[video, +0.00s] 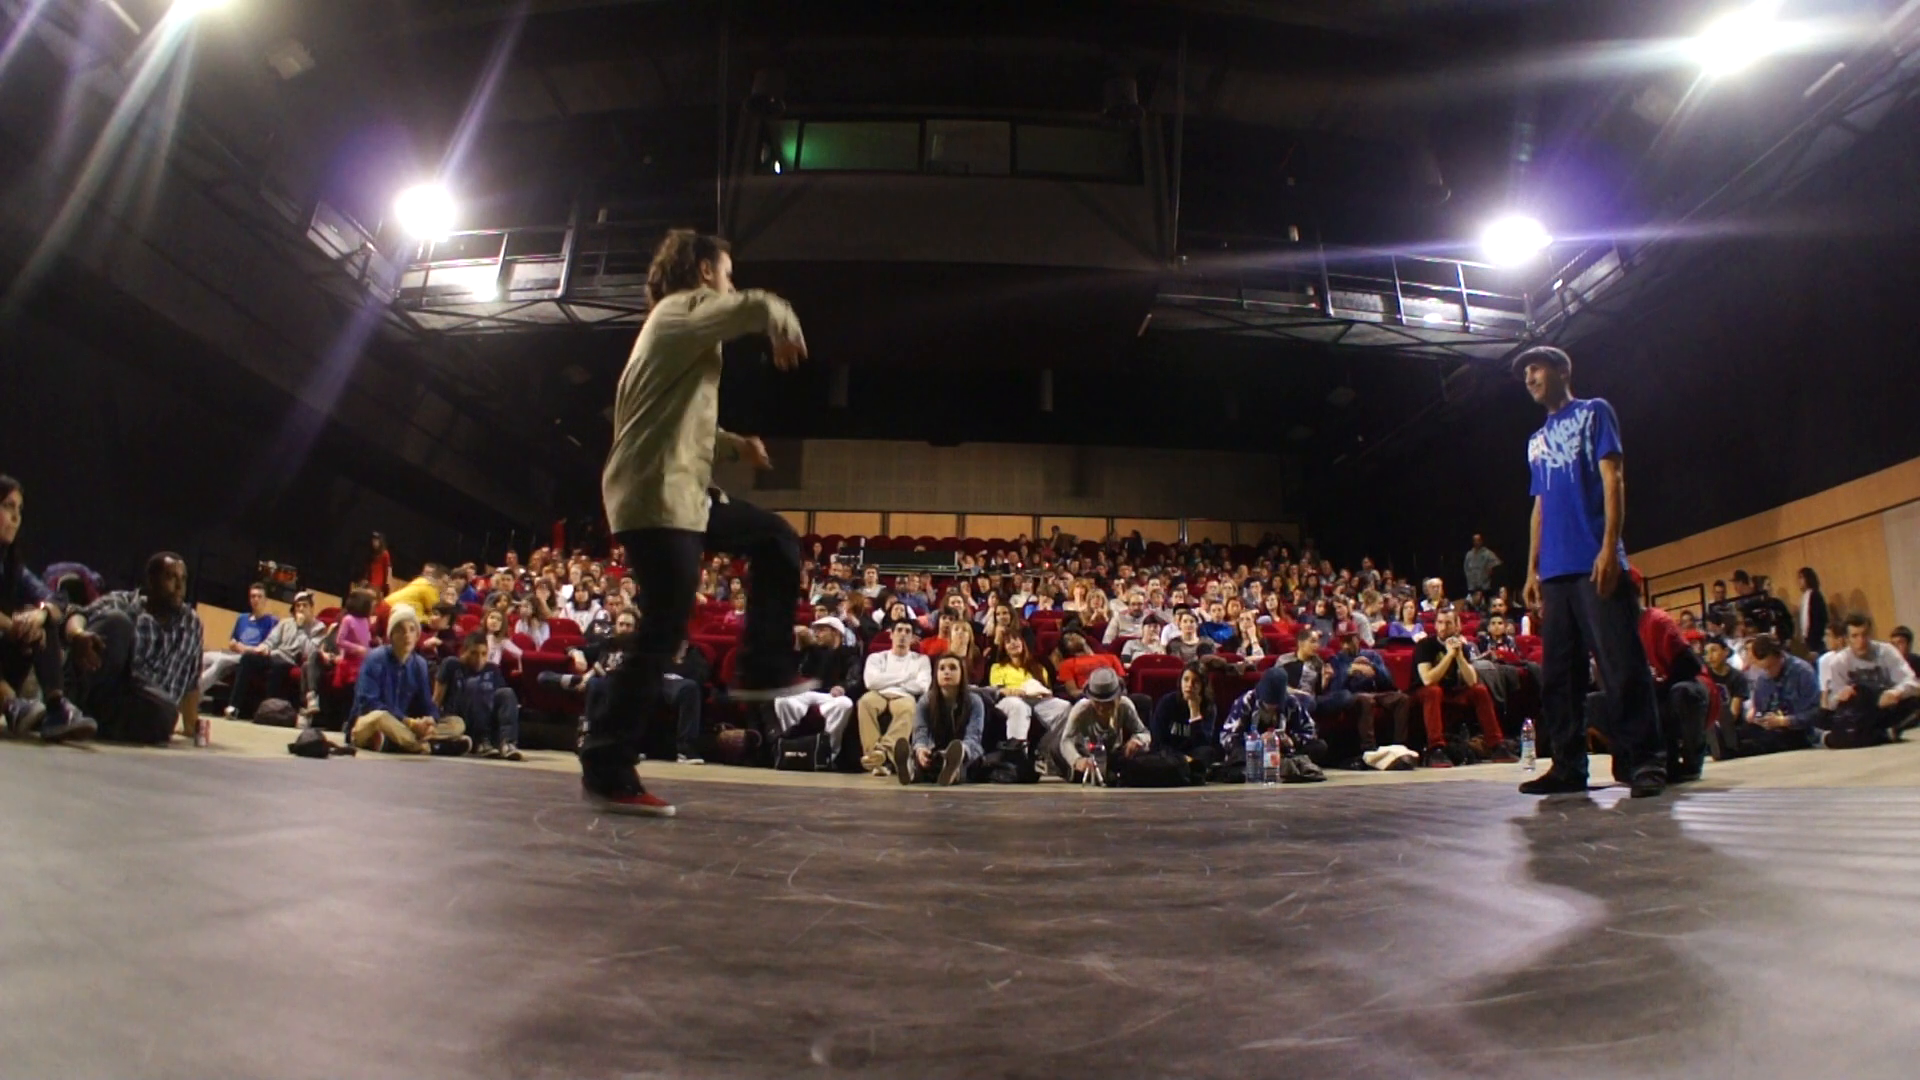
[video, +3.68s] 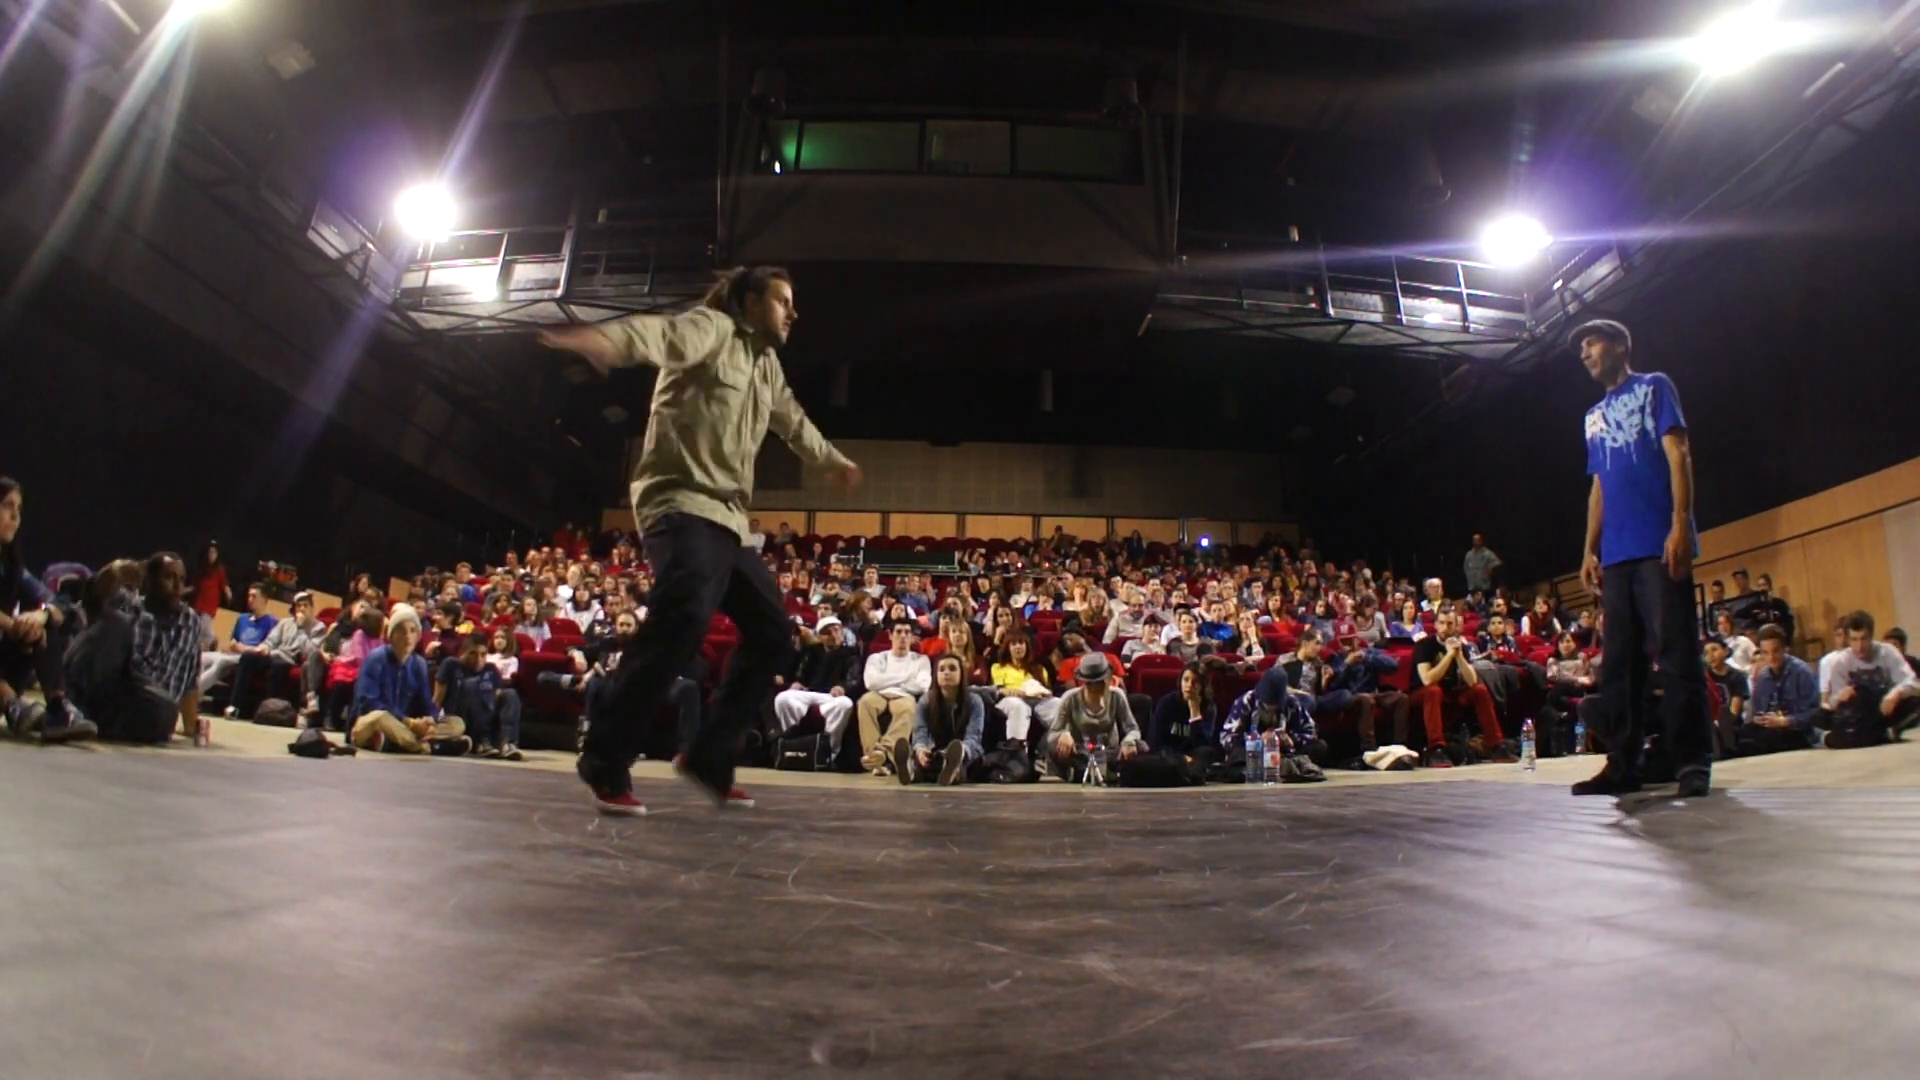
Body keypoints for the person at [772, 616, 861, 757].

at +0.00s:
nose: (817, 634)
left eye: (822, 630)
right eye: (817, 630)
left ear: (835, 633)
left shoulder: (849, 653)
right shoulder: (815, 651)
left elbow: (854, 679)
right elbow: (804, 673)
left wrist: (843, 688)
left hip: (833, 693)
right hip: (811, 691)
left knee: (844, 704)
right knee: (783, 702)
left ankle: (830, 753)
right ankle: (793, 750)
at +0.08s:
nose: (818, 634)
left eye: (822, 630)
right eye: (817, 630)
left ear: (835, 633)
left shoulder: (849, 653)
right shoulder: (813, 652)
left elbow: (854, 679)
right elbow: (804, 676)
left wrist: (843, 688)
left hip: (832, 693)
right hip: (811, 691)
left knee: (844, 704)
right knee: (785, 702)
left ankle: (830, 752)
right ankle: (794, 748)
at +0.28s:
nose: (820, 634)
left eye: (825, 630)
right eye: (819, 630)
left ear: (837, 633)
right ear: (817, 632)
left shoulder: (849, 653)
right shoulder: (814, 651)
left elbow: (854, 679)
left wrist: (843, 688)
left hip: (832, 693)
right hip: (810, 691)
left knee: (844, 704)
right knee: (785, 702)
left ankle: (830, 754)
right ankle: (793, 749)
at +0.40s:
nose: (826, 634)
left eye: (831, 630)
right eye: (822, 631)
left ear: (840, 633)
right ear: (818, 635)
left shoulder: (850, 652)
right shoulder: (814, 650)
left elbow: (854, 679)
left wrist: (843, 688)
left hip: (832, 694)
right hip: (808, 691)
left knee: (844, 704)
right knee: (783, 699)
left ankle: (829, 754)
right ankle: (793, 749)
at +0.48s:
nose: (831, 634)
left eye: (835, 629)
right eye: (825, 631)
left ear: (842, 632)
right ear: (820, 635)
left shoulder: (850, 652)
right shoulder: (813, 651)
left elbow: (854, 679)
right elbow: (802, 674)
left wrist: (843, 688)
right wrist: (798, 683)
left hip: (831, 694)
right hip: (809, 692)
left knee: (844, 704)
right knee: (783, 699)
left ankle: (829, 754)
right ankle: (793, 749)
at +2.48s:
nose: (832, 635)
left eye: (835, 630)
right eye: (826, 632)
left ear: (841, 632)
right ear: (820, 636)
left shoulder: (850, 653)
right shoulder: (812, 651)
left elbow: (854, 679)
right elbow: (802, 673)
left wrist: (843, 688)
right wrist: (797, 682)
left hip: (831, 693)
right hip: (808, 691)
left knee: (844, 704)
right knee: (789, 699)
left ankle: (830, 754)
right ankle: (787, 748)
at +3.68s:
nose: (833, 635)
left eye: (836, 630)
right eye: (827, 632)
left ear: (841, 632)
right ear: (820, 636)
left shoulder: (849, 653)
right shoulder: (812, 651)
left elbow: (854, 679)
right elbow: (801, 674)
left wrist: (843, 688)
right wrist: (798, 683)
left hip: (832, 694)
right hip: (808, 691)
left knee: (844, 704)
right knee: (783, 700)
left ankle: (830, 752)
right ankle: (794, 747)